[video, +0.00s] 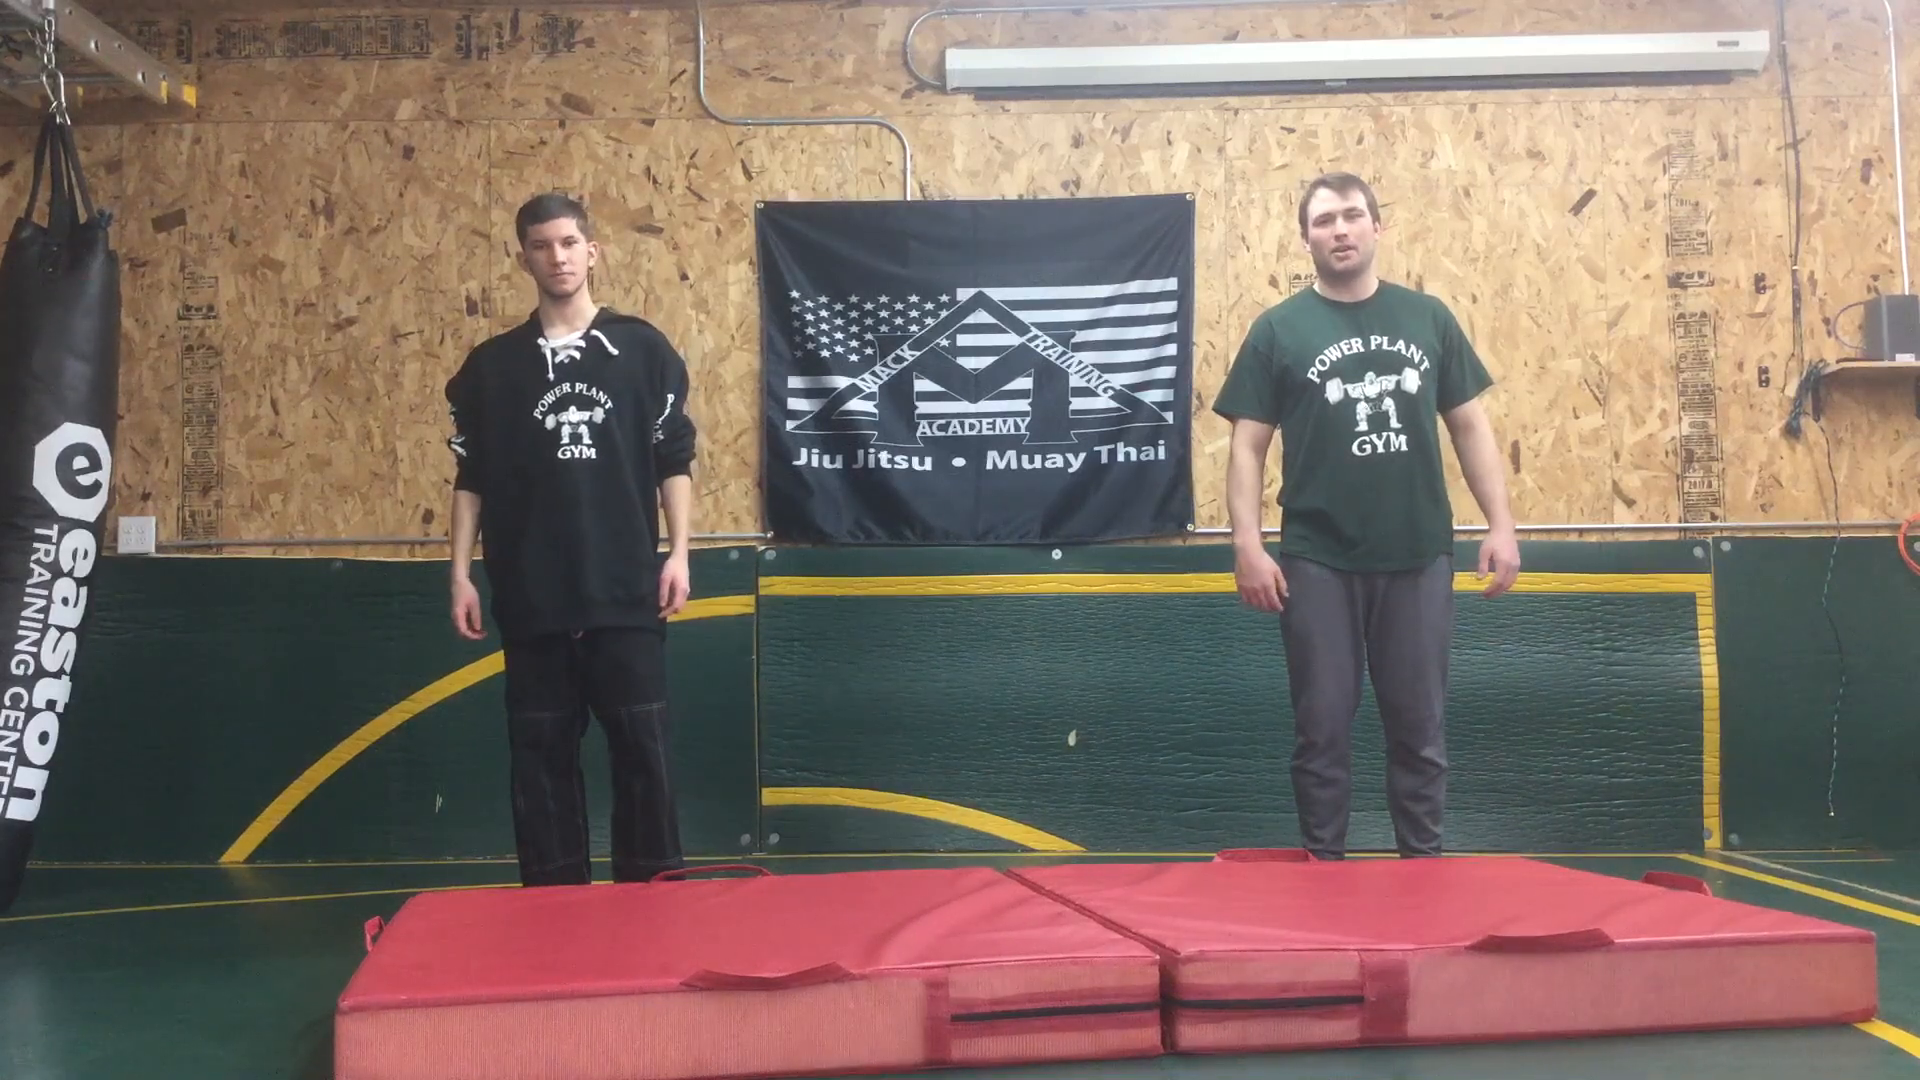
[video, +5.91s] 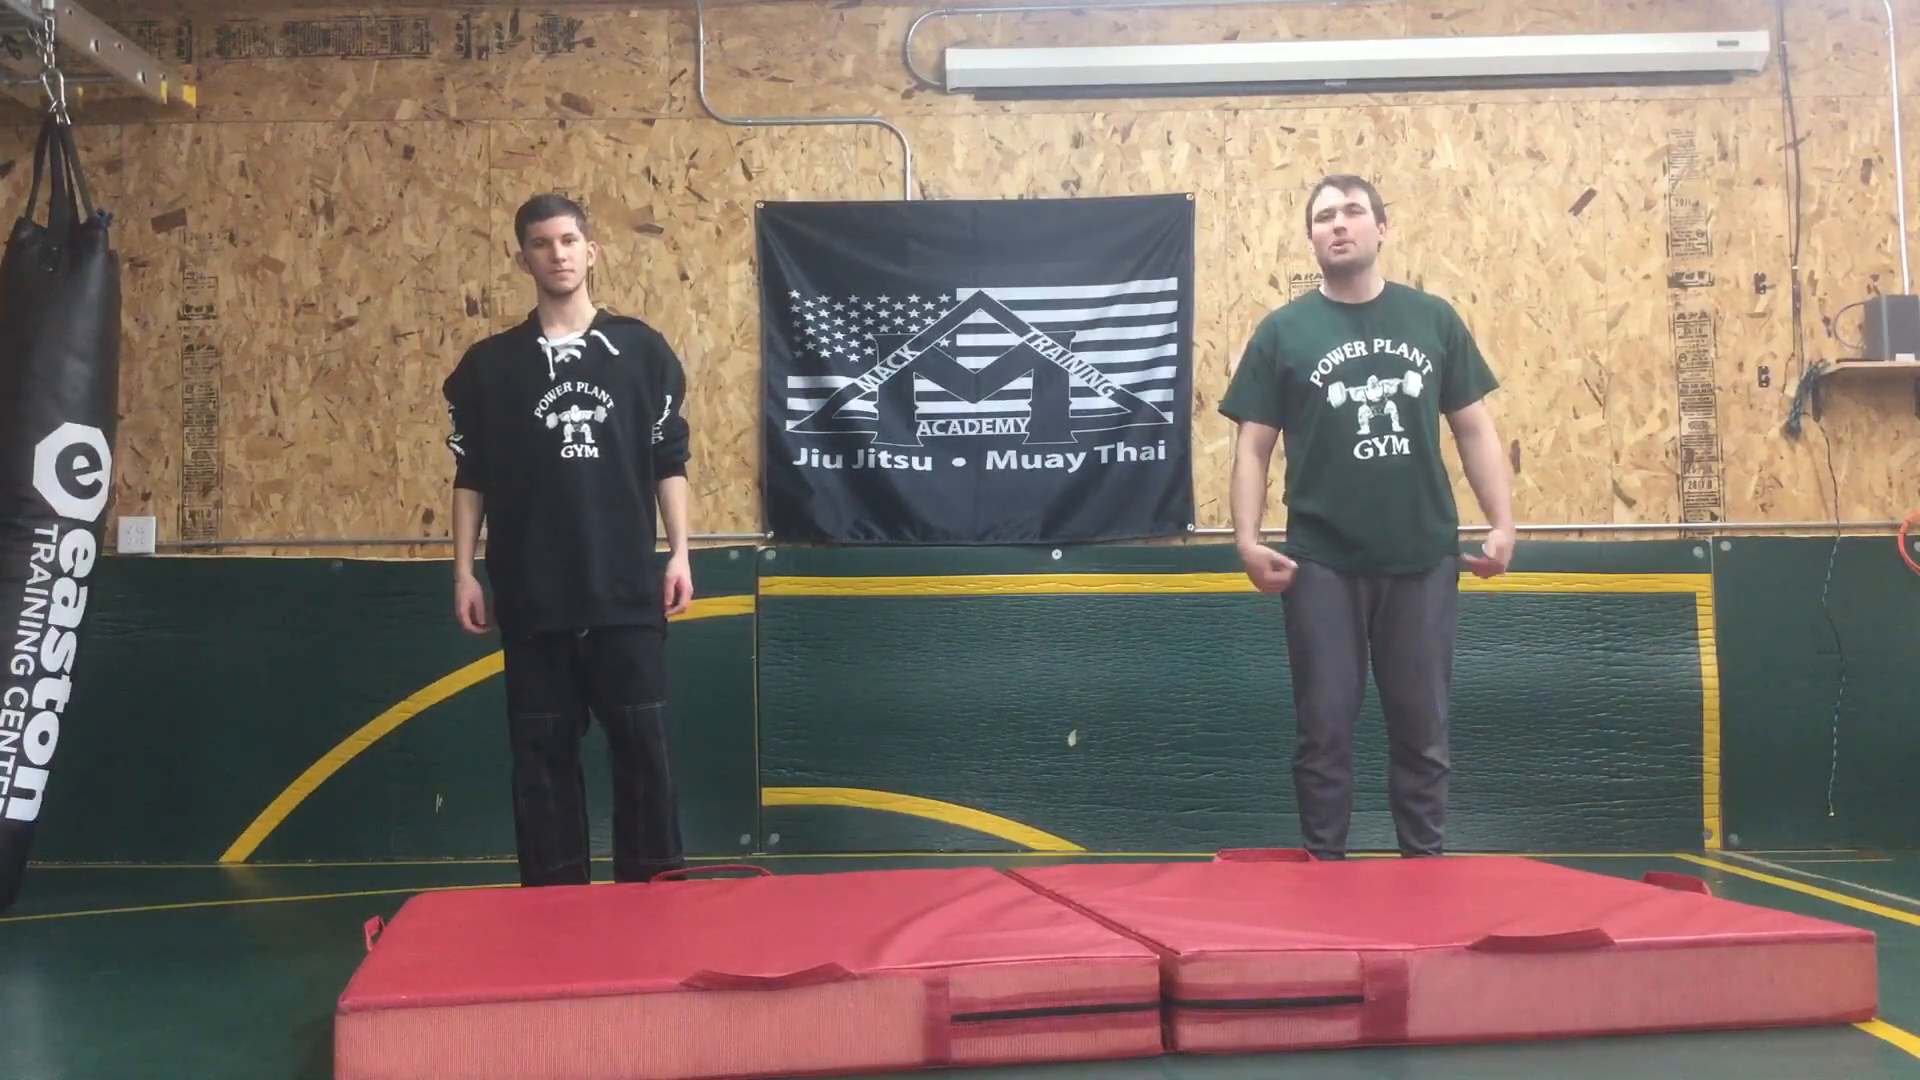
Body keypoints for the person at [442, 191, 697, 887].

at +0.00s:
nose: (557, 257)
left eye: (568, 242)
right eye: (542, 246)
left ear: (591, 250)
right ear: (525, 260)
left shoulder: (642, 347)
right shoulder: (489, 364)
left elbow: (674, 458)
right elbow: (470, 477)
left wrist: (679, 551)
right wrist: (461, 573)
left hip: (625, 585)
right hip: (529, 592)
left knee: (643, 756)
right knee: (542, 763)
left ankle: (652, 907)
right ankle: (554, 913)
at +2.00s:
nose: (558, 257)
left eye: (568, 242)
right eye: (542, 247)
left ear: (590, 249)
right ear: (525, 261)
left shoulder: (643, 347)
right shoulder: (489, 365)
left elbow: (672, 458)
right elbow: (473, 477)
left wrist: (678, 551)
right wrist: (465, 574)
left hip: (627, 585)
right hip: (531, 592)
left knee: (644, 754)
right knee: (543, 762)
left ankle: (653, 905)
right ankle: (555, 913)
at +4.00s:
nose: (563, 256)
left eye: (573, 242)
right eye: (547, 246)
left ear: (594, 251)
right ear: (529, 261)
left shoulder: (645, 351)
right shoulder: (490, 366)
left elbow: (669, 463)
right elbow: (471, 478)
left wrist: (678, 552)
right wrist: (473, 572)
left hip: (628, 584)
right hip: (532, 589)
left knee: (645, 751)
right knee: (543, 759)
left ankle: (654, 902)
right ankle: (555, 910)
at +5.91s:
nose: (558, 254)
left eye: (568, 240)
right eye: (542, 244)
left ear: (590, 249)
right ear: (524, 259)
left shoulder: (643, 349)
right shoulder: (486, 364)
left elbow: (669, 461)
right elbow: (469, 476)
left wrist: (680, 551)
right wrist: (465, 571)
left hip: (626, 583)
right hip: (530, 589)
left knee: (644, 751)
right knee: (542, 760)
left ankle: (653, 903)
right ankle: (554, 912)